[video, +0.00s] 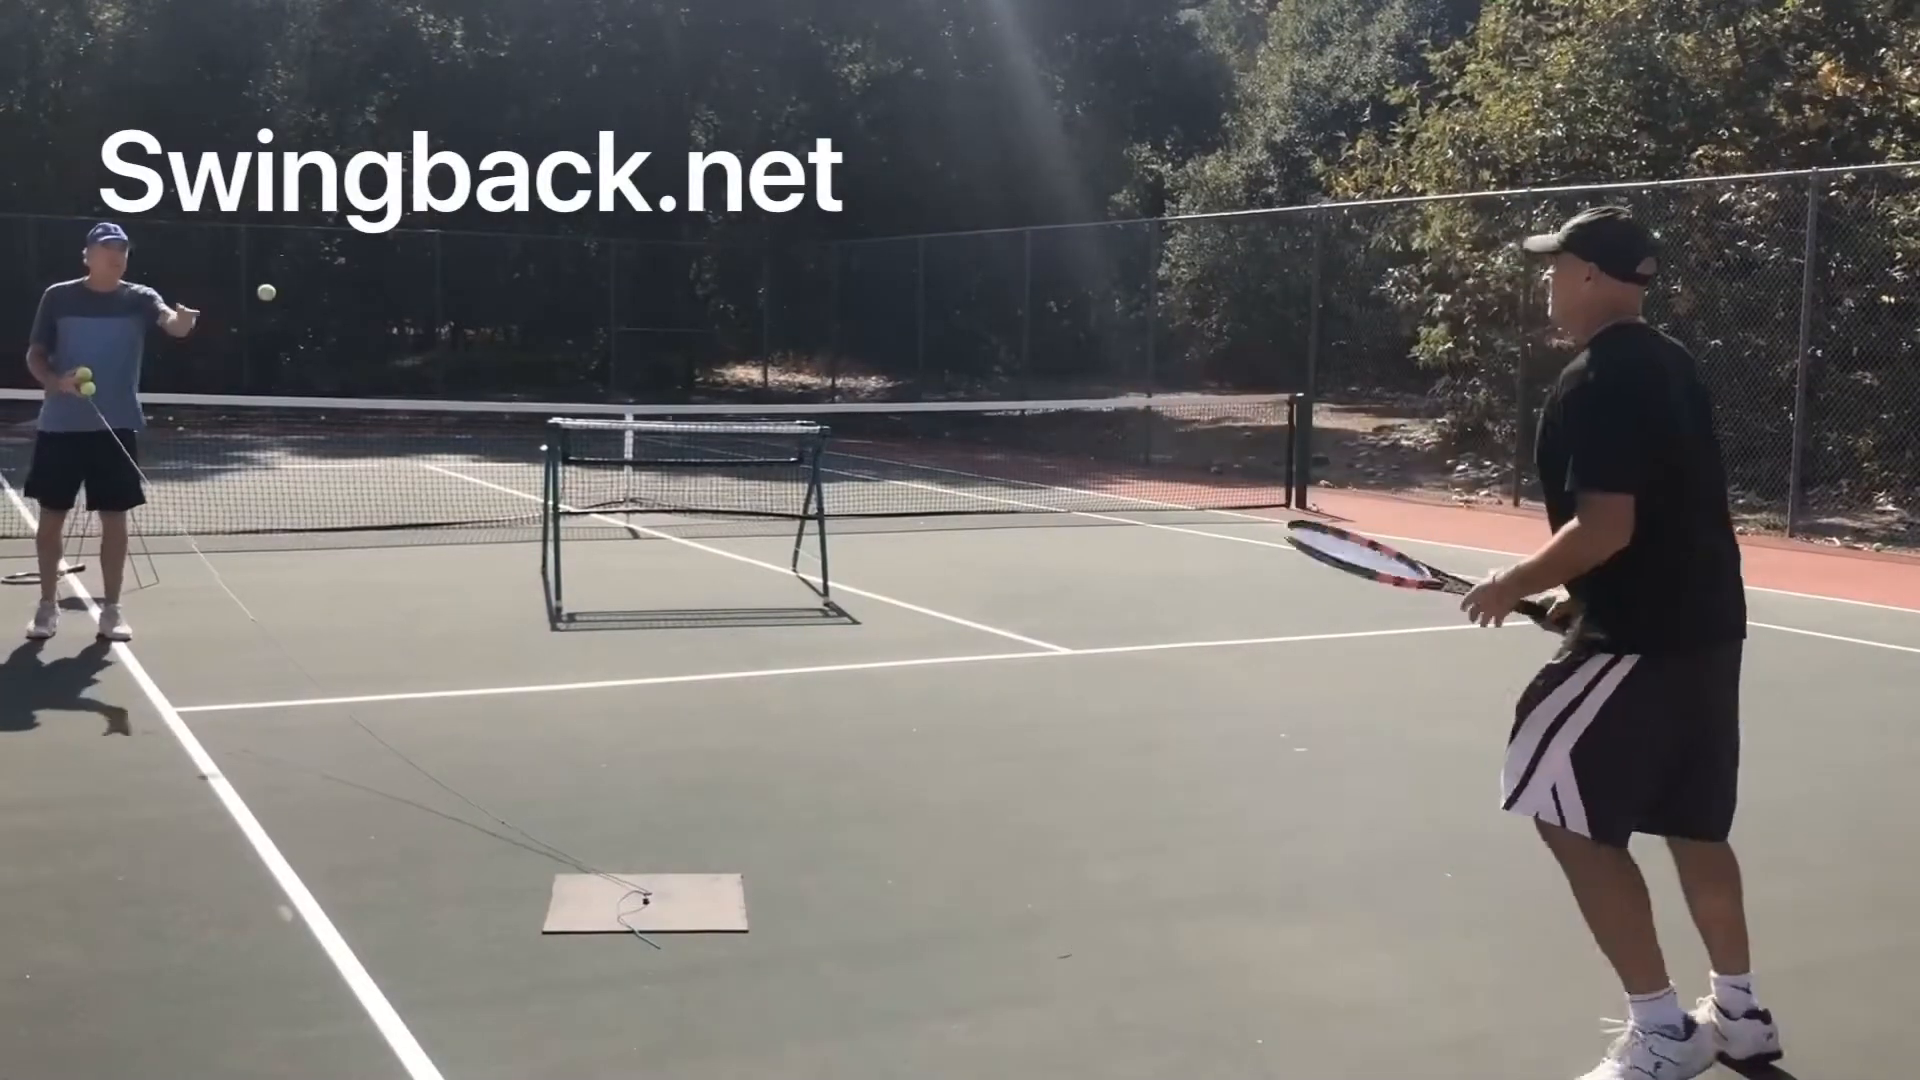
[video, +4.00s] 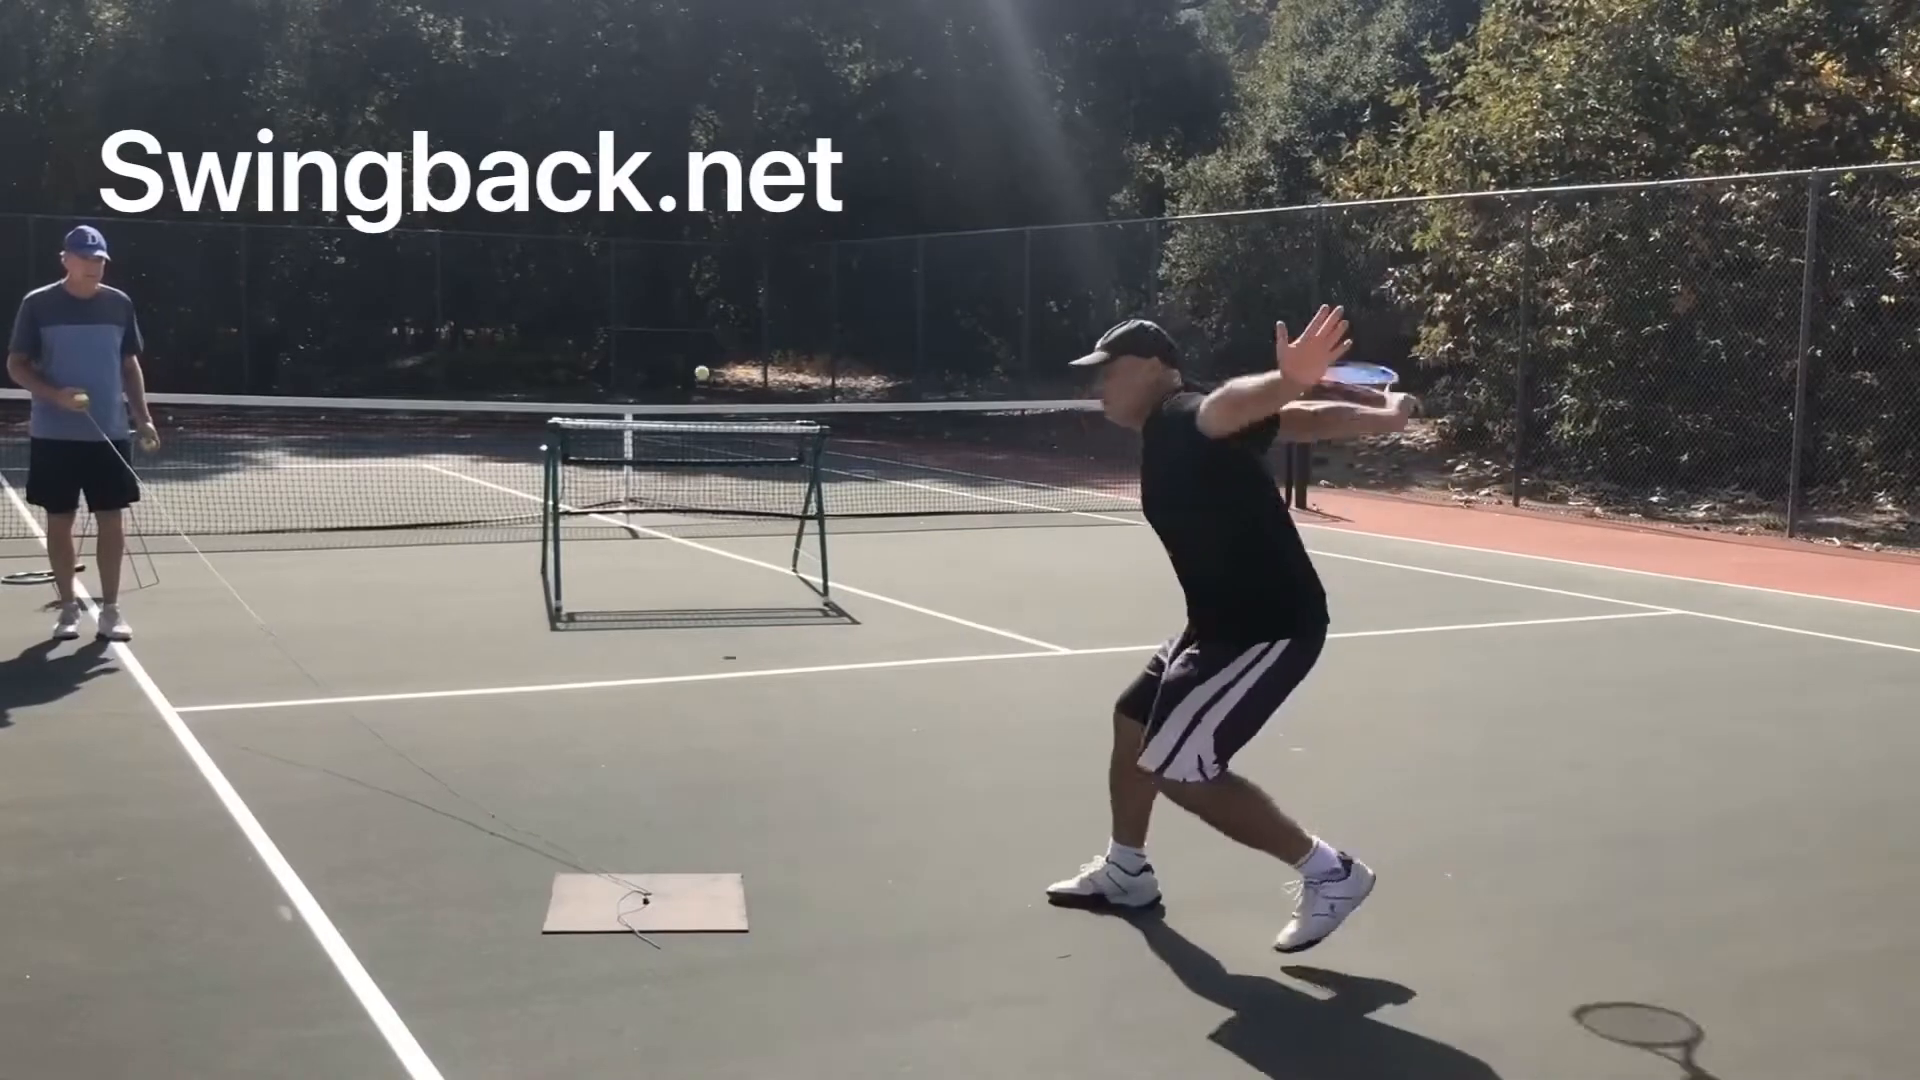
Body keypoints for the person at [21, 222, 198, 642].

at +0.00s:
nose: (114, 255)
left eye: (120, 248)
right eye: (106, 247)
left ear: (127, 255)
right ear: (88, 254)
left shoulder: (141, 297)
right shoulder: (57, 297)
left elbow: (171, 322)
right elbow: (35, 355)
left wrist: (183, 321)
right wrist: (54, 380)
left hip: (116, 428)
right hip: (61, 428)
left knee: (115, 520)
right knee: (50, 519)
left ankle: (111, 610)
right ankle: (47, 605)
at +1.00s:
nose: (112, 269)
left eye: (116, 261)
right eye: (104, 260)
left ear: (123, 263)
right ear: (82, 260)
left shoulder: (135, 304)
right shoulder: (52, 303)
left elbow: (149, 361)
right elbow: (30, 364)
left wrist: (158, 410)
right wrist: (68, 395)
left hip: (120, 438)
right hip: (67, 438)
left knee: (117, 522)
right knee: (66, 523)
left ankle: (111, 610)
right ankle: (69, 607)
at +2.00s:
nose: (107, 271)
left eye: (112, 264)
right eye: (99, 263)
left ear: (118, 267)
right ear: (79, 264)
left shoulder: (130, 310)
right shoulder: (46, 304)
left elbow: (135, 371)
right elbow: (20, 362)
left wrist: (140, 427)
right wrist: (54, 394)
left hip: (109, 439)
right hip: (54, 438)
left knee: (112, 521)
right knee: (59, 523)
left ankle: (110, 610)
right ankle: (68, 606)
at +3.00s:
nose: (104, 267)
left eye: (110, 259)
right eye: (97, 258)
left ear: (117, 262)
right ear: (76, 258)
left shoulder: (132, 304)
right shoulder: (47, 302)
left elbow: (151, 365)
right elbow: (26, 363)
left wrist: (128, 386)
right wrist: (66, 390)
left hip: (115, 437)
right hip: (60, 437)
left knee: (115, 523)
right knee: (62, 524)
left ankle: (111, 610)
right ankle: (68, 608)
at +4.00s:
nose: (92, 267)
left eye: (98, 260)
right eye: (84, 259)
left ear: (105, 263)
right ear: (65, 259)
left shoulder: (119, 304)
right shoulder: (37, 304)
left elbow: (130, 363)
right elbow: (16, 364)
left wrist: (142, 416)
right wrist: (53, 394)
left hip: (110, 436)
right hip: (55, 437)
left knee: (111, 520)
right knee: (60, 521)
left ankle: (111, 609)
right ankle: (69, 606)